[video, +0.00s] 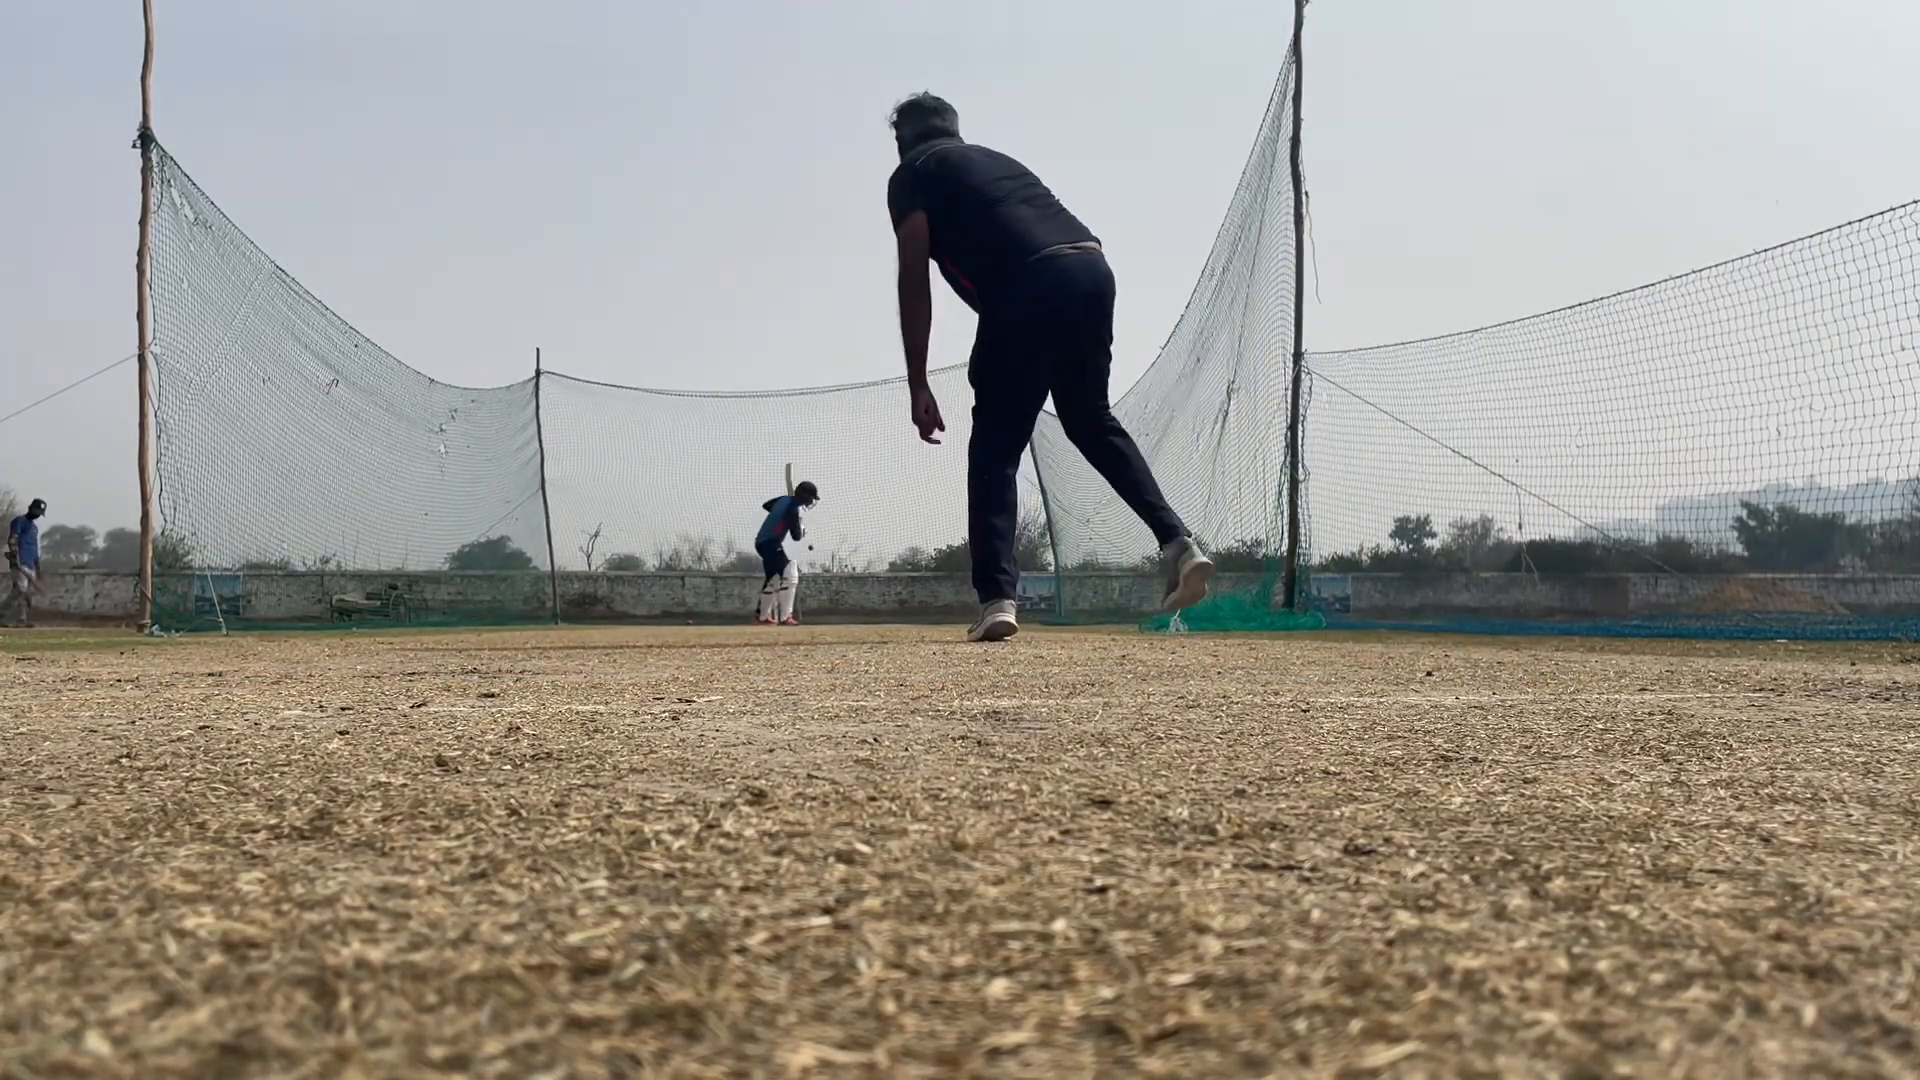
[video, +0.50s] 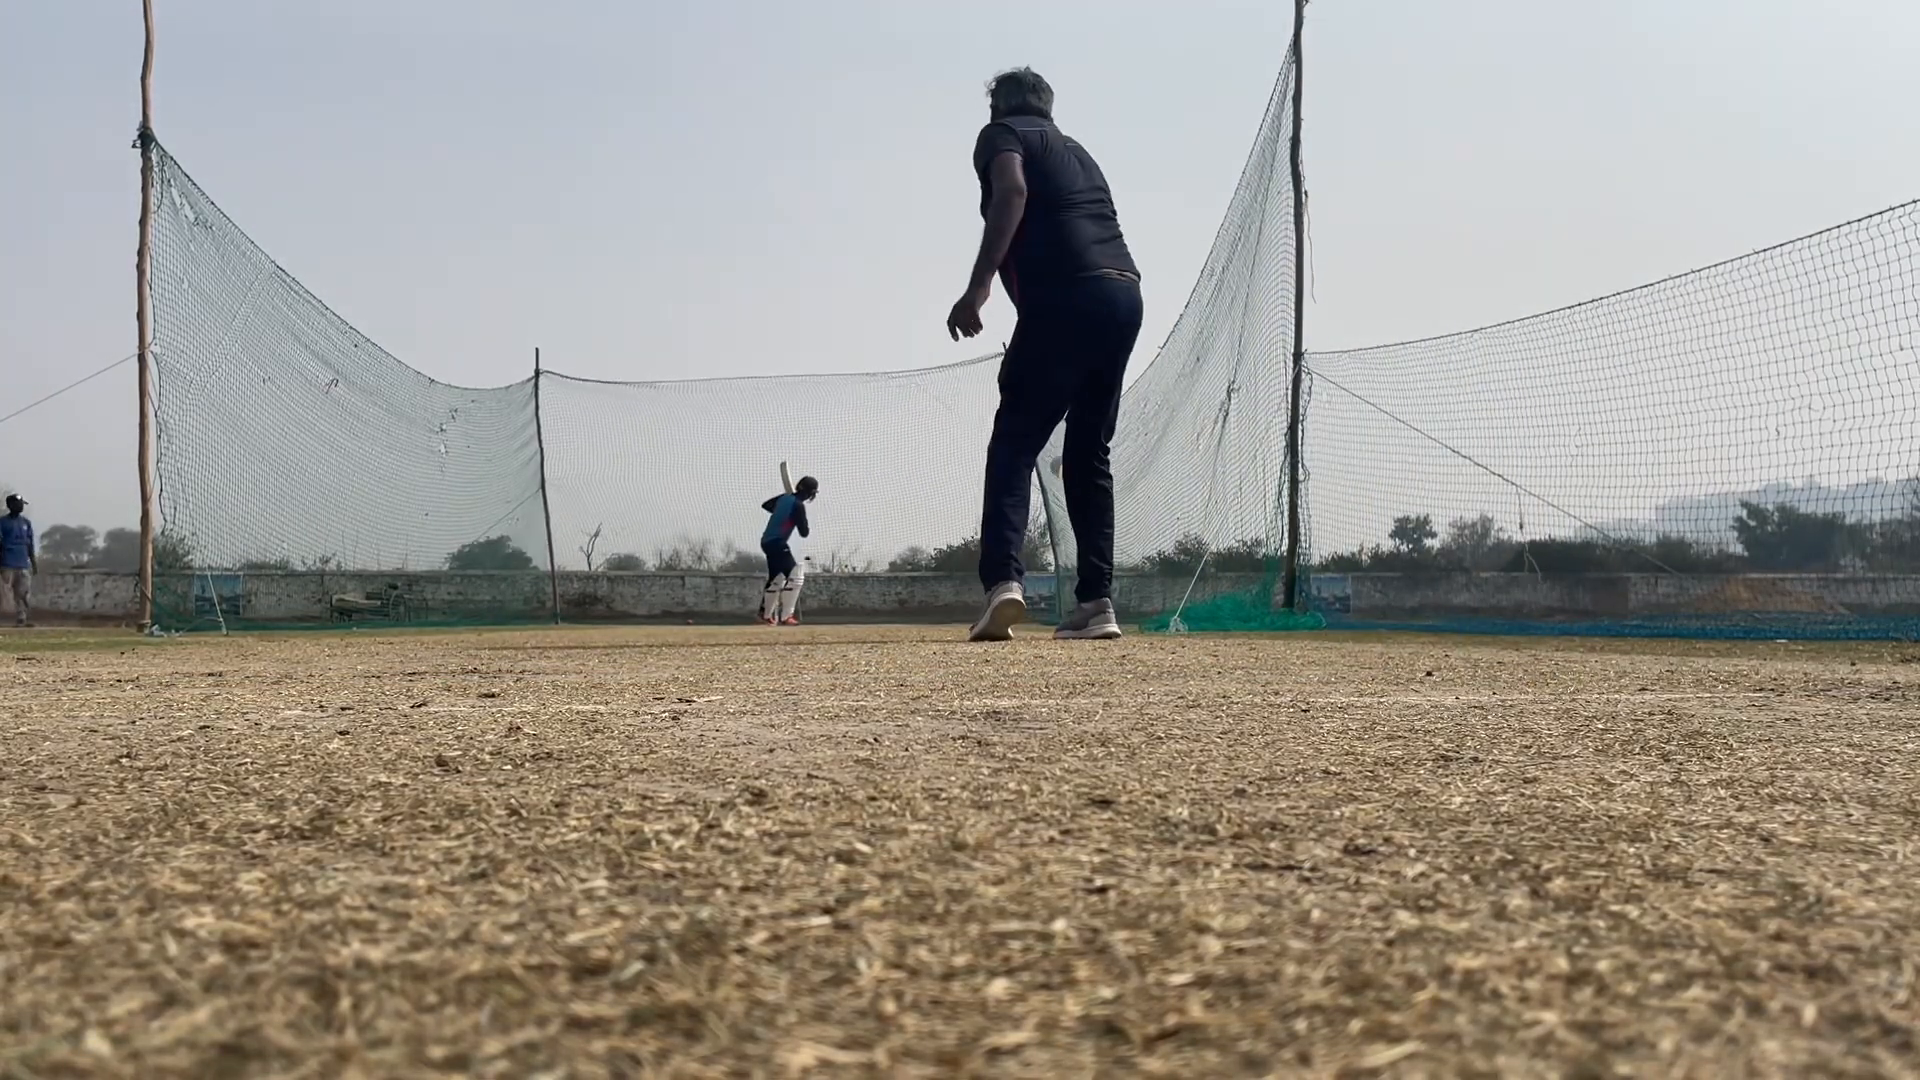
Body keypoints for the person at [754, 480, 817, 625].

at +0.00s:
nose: (811, 502)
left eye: (812, 499)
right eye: (810, 498)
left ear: (798, 493)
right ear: (804, 496)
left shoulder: (784, 499)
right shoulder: (793, 508)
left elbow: (767, 505)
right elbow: (797, 535)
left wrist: (782, 515)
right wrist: (802, 528)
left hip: (763, 542)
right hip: (770, 544)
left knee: (773, 578)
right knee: (790, 573)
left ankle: (764, 615)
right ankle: (785, 616)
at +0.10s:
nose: (814, 499)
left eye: (815, 496)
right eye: (814, 496)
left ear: (800, 490)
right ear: (807, 495)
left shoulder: (783, 498)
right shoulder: (796, 508)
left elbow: (765, 504)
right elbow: (800, 535)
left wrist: (781, 514)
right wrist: (806, 531)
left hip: (764, 541)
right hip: (774, 543)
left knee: (774, 577)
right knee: (792, 573)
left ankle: (765, 615)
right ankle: (786, 616)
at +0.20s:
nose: (814, 498)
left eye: (815, 495)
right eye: (814, 495)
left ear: (800, 489)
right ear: (809, 494)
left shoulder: (783, 497)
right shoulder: (798, 507)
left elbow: (766, 504)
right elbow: (802, 534)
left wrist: (781, 513)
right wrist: (806, 527)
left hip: (765, 542)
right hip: (776, 543)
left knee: (776, 578)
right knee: (794, 574)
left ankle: (766, 615)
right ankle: (786, 616)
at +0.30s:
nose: (813, 496)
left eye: (814, 493)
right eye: (814, 493)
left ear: (799, 488)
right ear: (810, 493)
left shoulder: (784, 497)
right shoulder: (799, 506)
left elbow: (766, 504)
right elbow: (803, 533)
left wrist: (782, 513)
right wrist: (804, 524)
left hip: (766, 542)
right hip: (777, 543)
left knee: (776, 578)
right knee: (795, 575)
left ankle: (766, 615)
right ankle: (786, 616)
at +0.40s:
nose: (814, 496)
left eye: (815, 493)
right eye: (814, 493)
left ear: (799, 487)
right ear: (809, 492)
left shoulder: (783, 497)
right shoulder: (798, 505)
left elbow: (766, 505)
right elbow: (804, 532)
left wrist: (782, 513)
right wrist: (799, 519)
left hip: (767, 542)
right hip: (777, 543)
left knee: (777, 578)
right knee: (796, 575)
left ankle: (766, 615)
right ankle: (786, 616)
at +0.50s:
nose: (812, 496)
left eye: (813, 492)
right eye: (813, 492)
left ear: (799, 487)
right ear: (808, 492)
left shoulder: (784, 497)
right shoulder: (798, 505)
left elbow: (766, 505)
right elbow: (804, 532)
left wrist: (783, 513)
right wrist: (798, 516)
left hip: (768, 542)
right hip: (778, 543)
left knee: (777, 578)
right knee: (795, 575)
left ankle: (766, 614)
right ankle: (786, 616)